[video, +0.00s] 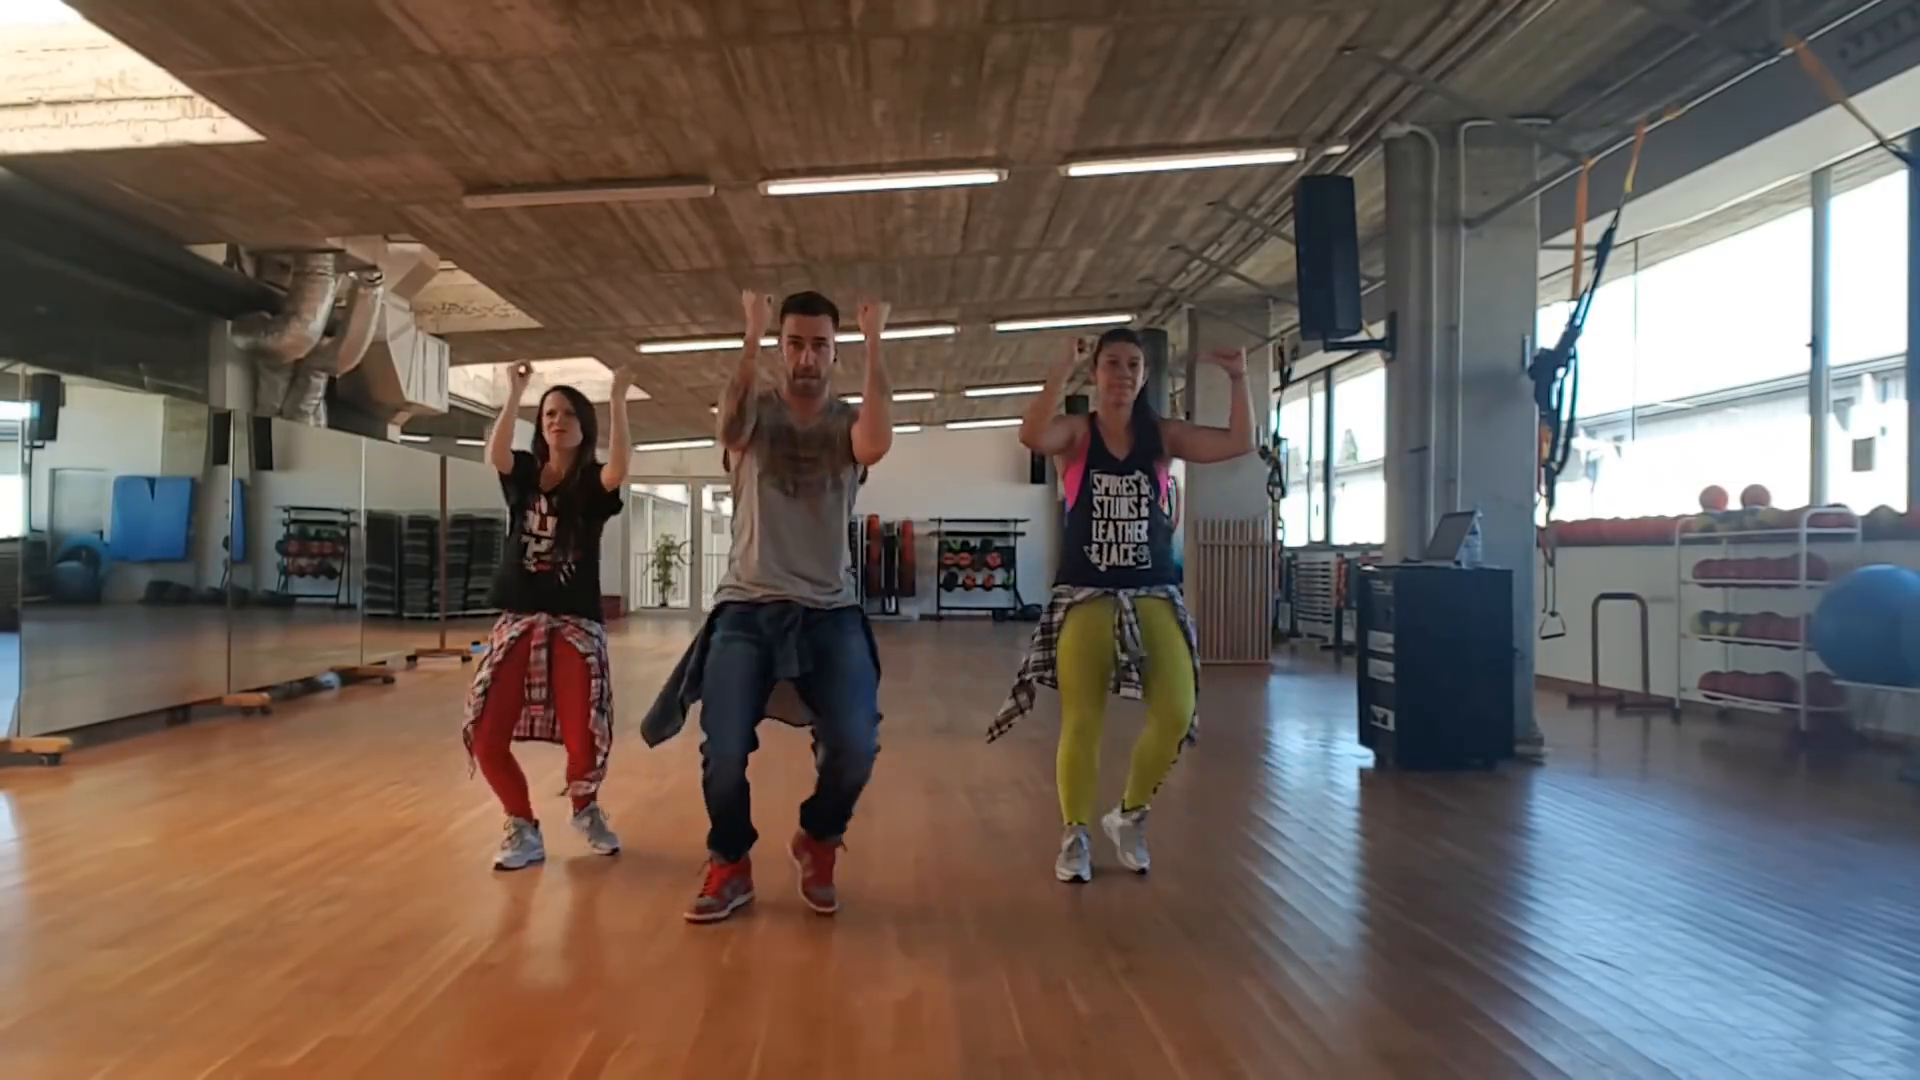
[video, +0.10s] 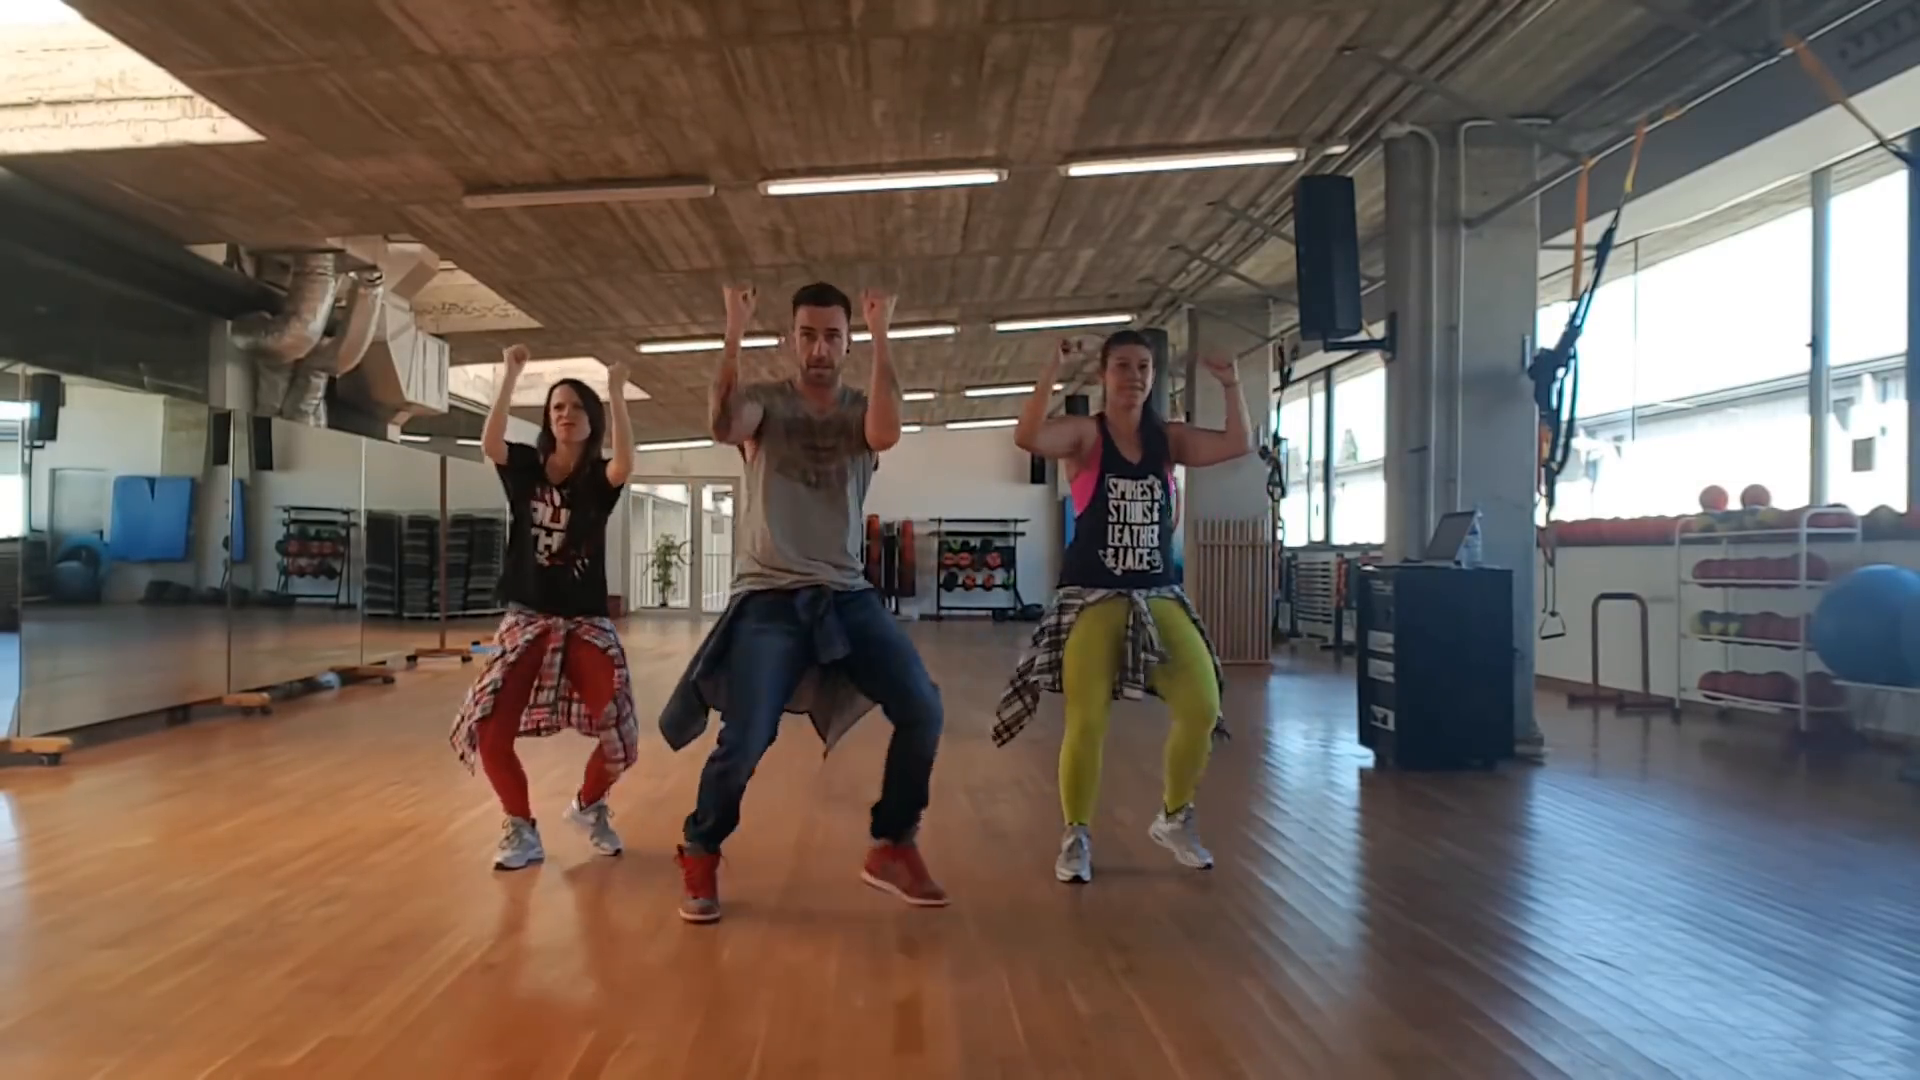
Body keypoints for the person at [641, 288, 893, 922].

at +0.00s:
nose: (805, 356)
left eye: (817, 344)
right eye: (795, 343)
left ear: (835, 352)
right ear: (777, 348)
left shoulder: (847, 417)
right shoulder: (752, 412)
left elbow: (874, 445)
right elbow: (729, 427)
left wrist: (872, 346)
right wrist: (750, 346)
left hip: (830, 608)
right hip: (748, 604)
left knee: (855, 745)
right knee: (723, 749)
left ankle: (818, 841)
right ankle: (729, 865)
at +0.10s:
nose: (820, 348)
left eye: (832, 336)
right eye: (808, 336)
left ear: (848, 342)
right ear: (788, 341)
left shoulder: (861, 407)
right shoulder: (763, 400)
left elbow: (885, 434)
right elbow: (721, 425)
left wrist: (879, 339)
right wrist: (733, 338)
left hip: (846, 591)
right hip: (770, 591)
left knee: (922, 709)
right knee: (747, 737)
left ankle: (894, 848)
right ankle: (701, 856)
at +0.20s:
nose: (838, 346)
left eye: (849, 335)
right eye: (827, 334)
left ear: (867, 344)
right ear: (810, 340)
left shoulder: (884, 407)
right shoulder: (784, 405)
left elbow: (902, 437)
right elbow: (725, 432)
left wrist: (878, 341)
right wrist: (719, 345)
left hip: (872, 600)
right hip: (797, 600)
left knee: (952, 715)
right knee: (776, 748)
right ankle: (678, 852)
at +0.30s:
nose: (864, 364)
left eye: (875, 350)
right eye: (852, 350)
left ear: (893, 357)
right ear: (838, 356)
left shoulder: (916, 420)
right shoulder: (811, 422)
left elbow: (921, 450)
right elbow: (751, 451)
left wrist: (893, 357)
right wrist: (742, 369)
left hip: (907, 620)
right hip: (835, 621)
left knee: (989, 729)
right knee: (805, 760)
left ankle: (1022, 866)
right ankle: (683, 847)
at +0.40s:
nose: (895, 372)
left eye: (905, 359)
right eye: (883, 360)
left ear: (920, 362)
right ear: (868, 365)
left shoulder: (949, 428)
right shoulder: (846, 433)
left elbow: (955, 460)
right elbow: (787, 467)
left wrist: (925, 376)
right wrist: (772, 383)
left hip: (946, 621)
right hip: (874, 623)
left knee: (1034, 730)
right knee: (829, 760)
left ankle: (1031, 872)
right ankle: (699, 844)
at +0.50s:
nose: (921, 362)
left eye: (931, 348)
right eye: (909, 350)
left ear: (951, 350)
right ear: (895, 355)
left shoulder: (978, 413)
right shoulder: (878, 425)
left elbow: (999, 442)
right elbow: (812, 461)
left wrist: (962, 353)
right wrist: (797, 376)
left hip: (977, 604)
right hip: (903, 603)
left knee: (1051, 731)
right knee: (851, 747)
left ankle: (1033, 870)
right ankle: (746, 832)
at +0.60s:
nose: (940, 347)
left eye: (951, 334)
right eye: (929, 336)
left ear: (971, 339)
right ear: (913, 342)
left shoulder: (998, 398)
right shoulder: (896, 411)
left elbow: (1025, 403)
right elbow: (821, 426)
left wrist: (1004, 317)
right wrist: (803, 339)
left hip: (1002, 583)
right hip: (922, 583)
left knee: (1054, 727)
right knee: (891, 722)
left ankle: (1036, 868)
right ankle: (829, 827)